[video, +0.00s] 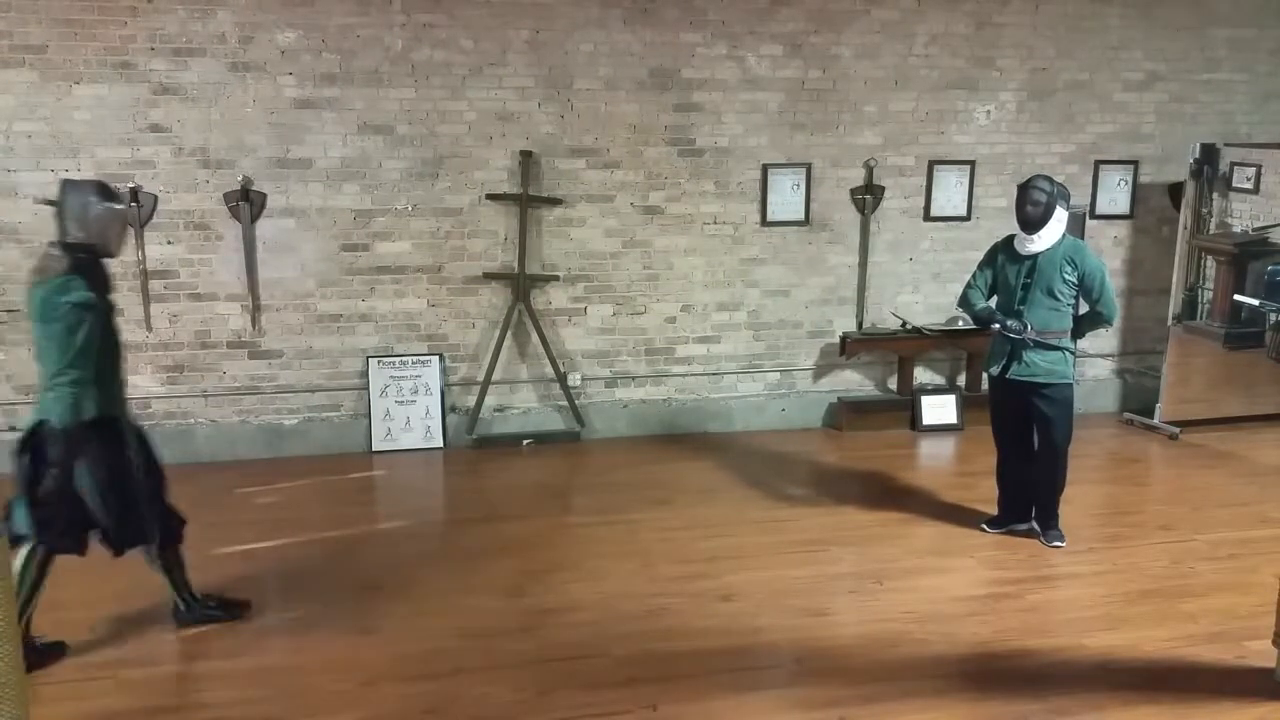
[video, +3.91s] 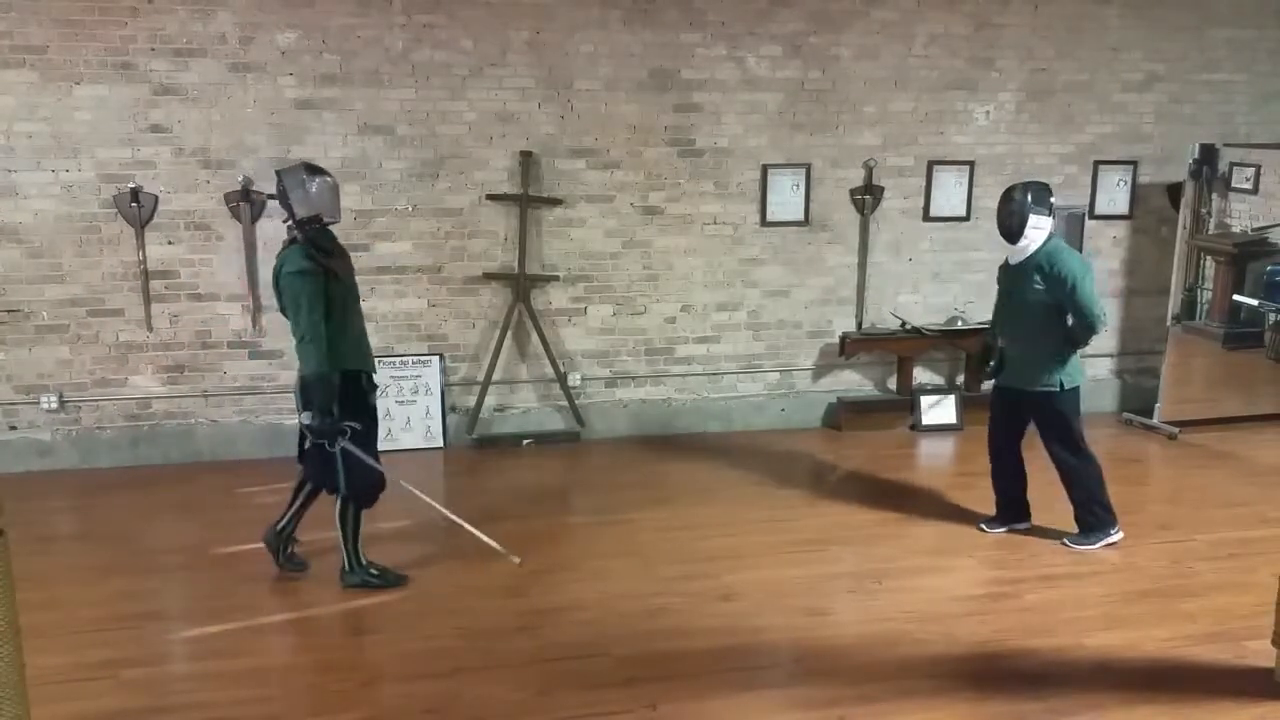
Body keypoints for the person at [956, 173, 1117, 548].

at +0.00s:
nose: (1026, 211)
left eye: (1035, 204)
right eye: (1022, 203)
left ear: (1055, 208)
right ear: (1016, 204)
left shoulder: (1077, 254)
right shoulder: (1003, 250)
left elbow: (1106, 312)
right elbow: (970, 297)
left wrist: (1070, 330)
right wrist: (996, 320)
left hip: (1051, 372)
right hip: (1005, 370)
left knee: (1052, 452)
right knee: (1010, 448)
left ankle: (1048, 522)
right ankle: (1013, 514)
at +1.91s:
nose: (1027, 210)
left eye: (1035, 203)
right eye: (1023, 202)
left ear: (1056, 207)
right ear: (1017, 203)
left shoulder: (1080, 254)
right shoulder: (1005, 249)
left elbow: (1108, 310)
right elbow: (963, 294)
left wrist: (1073, 329)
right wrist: (998, 316)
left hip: (1050, 372)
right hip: (1005, 369)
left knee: (1049, 452)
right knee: (1011, 449)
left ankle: (1049, 523)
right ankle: (1015, 515)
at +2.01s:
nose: (1027, 210)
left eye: (1036, 205)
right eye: (1023, 203)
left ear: (1056, 209)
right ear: (1017, 204)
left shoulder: (1079, 255)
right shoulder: (1007, 249)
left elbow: (1107, 312)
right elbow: (974, 273)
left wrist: (1069, 330)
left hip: (1050, 368)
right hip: (1004, 364)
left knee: (1048, 451)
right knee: (1010, 447)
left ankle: (1047, 521)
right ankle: (1013, 515)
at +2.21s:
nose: (1028, 212)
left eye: (1037, 205)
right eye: (1024, 204)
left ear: (1057, 208)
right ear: (1019, 205)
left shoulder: (1078, 256)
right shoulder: (1005, 248)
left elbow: (1105, 313)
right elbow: (956, 254)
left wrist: (1071, 331)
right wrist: (907, 245)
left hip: (1048, 366)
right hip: (1003, 363)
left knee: (1048, 449)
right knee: (1009, 445)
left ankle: (1047, 521)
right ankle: (1014, 514)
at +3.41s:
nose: (1004, 219)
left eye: (1011, 211)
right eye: (1001, 211)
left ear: (1035, 210)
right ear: (1000, 211)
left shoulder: (1068, 253)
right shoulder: (996, 253)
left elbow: (1102, 308)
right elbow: (959, 288)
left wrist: (1067, 327)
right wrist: (920, 287)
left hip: (1046, 364)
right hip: (1002, 363)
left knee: (1048, 447)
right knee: (1007, 445)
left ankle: (1055, 524)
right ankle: (1012, 515)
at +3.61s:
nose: (1003, 217)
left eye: (1011, 209)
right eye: (1000, 209)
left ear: (1035, 210)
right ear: (999, 209)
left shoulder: (1064, 252)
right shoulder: (1001, 255)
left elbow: (1096, 310)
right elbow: (976, 300)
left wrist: (1067, 328)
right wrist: (937, 328)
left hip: (1043, 366)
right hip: (1004, 365)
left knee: (1052, 447)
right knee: (1009, 447)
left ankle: (1086, 519)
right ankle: (1013, 514)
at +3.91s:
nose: (1002, 219)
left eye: (1011, 211)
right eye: (1002, 211)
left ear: (1034, 216)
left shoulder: (1063, 260)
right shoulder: (1011, 263)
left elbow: (1091, 319)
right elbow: (1003, 317)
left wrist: (1068, 341)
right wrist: (993, 349)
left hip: (1053, 376)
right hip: (1014, 373)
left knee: (1068, 451)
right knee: (1002, 444)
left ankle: (1101, 525)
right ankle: (1013, 514)